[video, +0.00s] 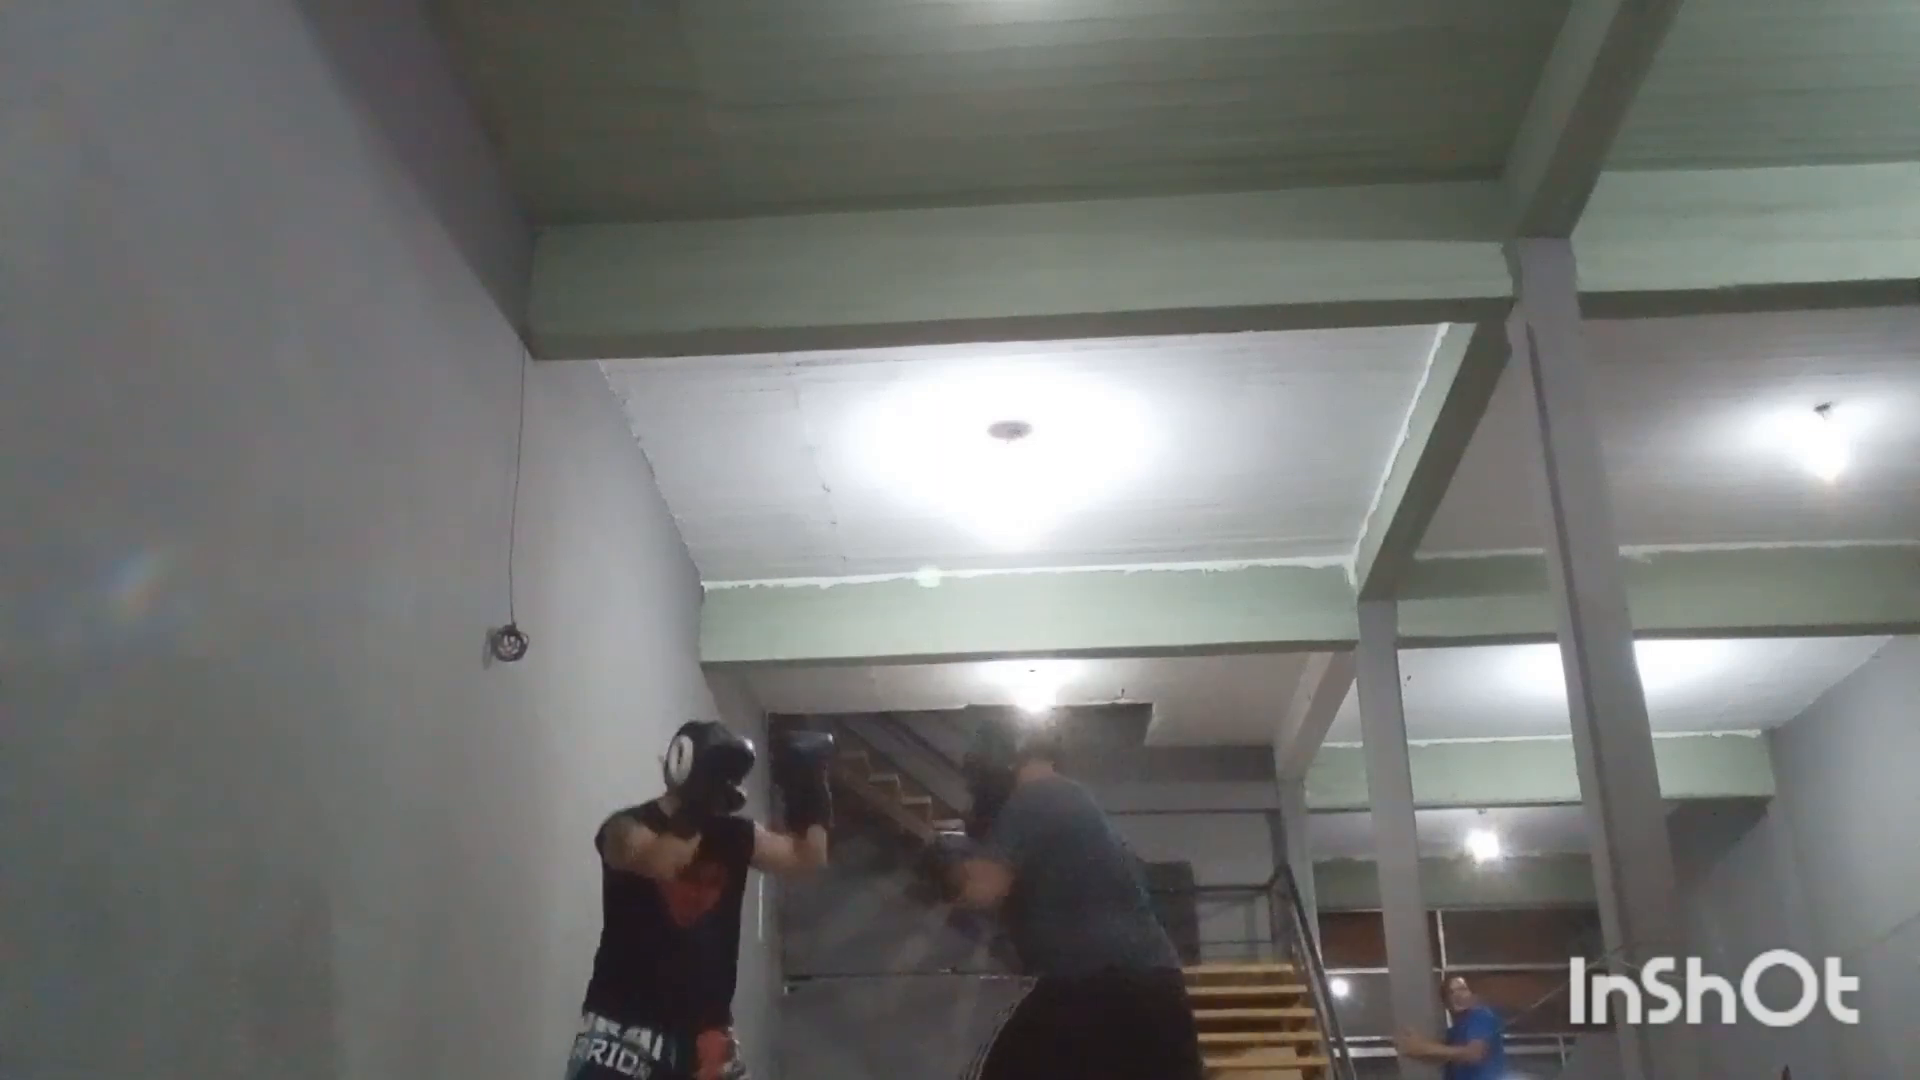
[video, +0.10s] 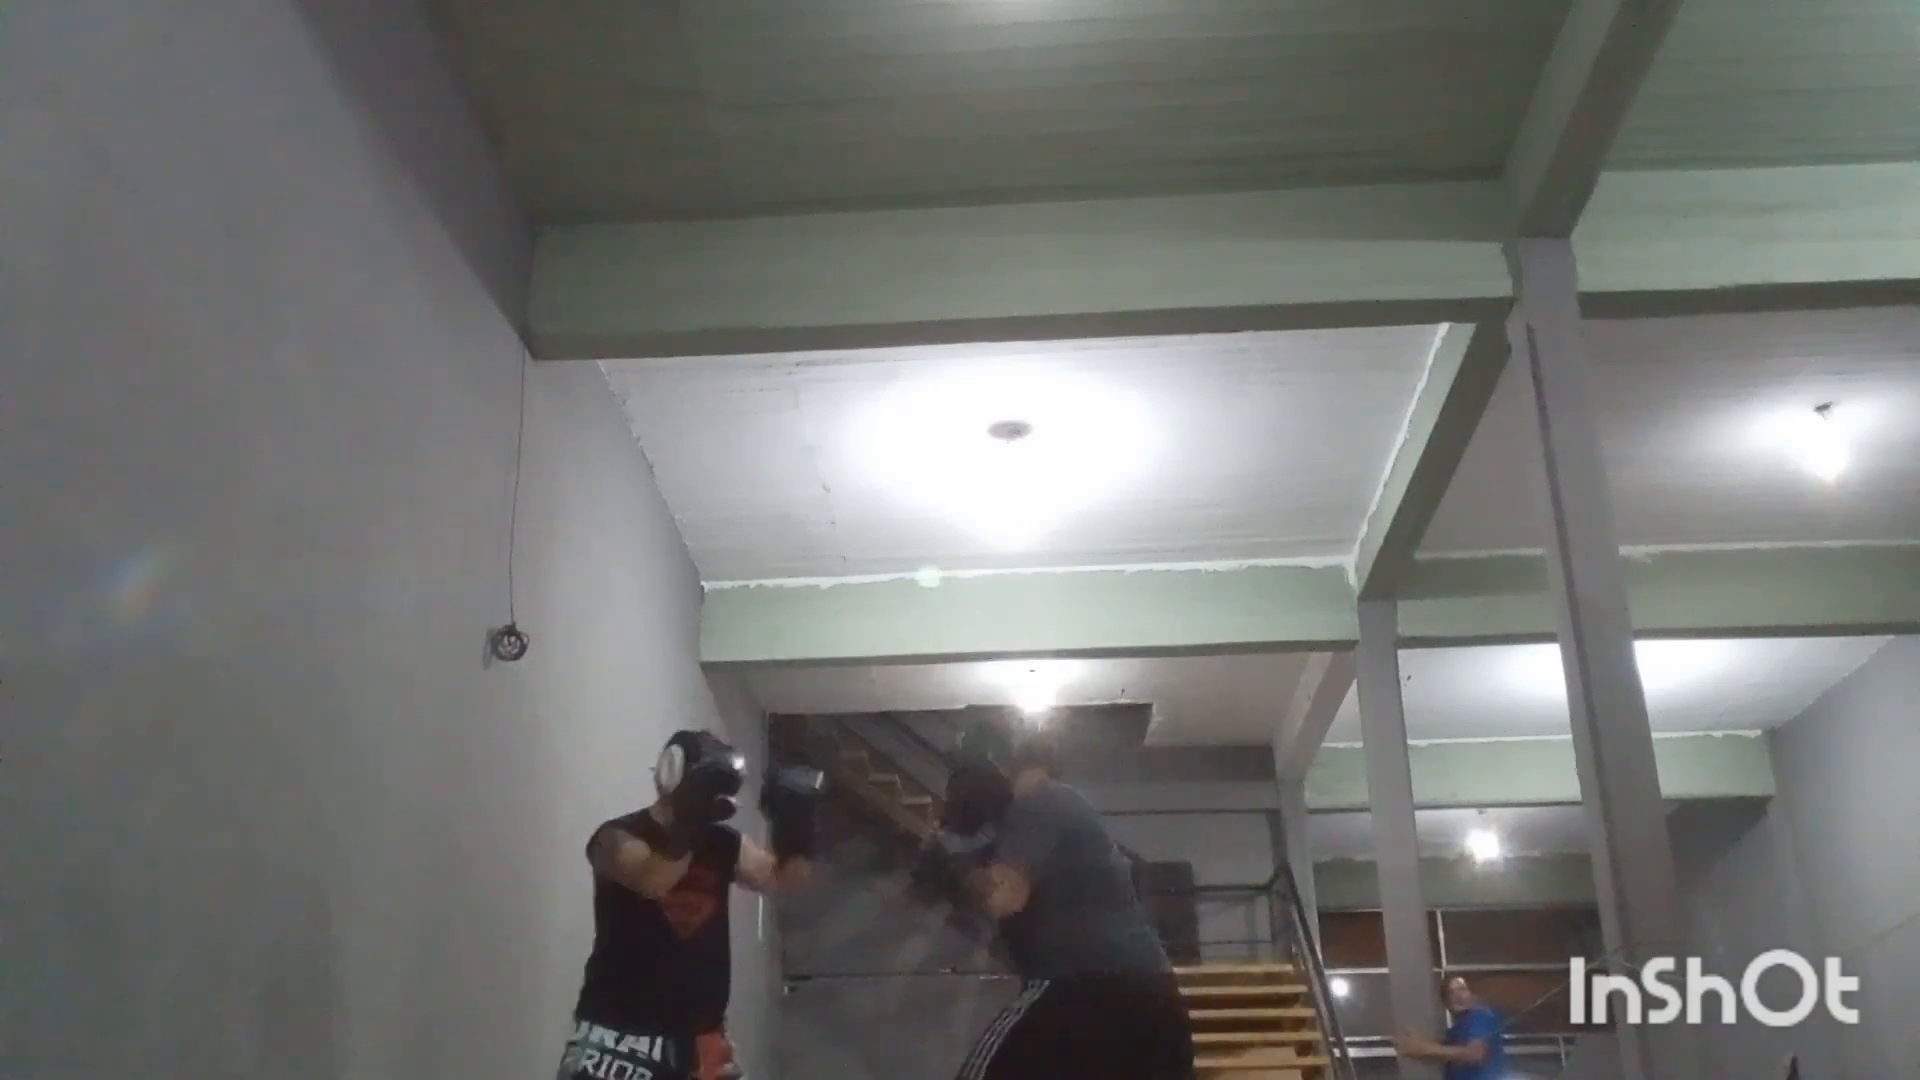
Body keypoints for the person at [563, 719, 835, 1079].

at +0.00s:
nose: (725, 786)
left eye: (728, 776)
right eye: (716, 774)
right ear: (690, 767)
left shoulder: (733, 835)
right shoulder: (623, 828)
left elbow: (808, 858)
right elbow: (660, 864)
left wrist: (810, 780)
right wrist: (698, 798)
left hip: (704, 1035)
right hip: (622, 1031)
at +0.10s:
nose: (714, 789)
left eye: (721, 777)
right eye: (705, 775)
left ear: (727, 784)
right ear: (672, 771)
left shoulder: (723, 843)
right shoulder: (614, 838)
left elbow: (787, 882)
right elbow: (653, 881)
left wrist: (794, 818)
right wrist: (691, 814)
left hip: (698, 1040)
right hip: (616, 1040)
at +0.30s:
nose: (665, 808)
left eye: (673, 799)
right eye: (656, 796)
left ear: (676, 808)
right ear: (622, 790)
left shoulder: (667, 862)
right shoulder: (567, 854)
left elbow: (694, 934)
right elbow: (590, 893)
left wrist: (732, 905)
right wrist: (632, 832)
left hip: (655, 1054)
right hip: (577, 1053)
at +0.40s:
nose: (657, 804)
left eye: (665, 795)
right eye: (649, 790)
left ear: (669, 800)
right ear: (612, 782)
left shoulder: (659, 856)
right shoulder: (559, 848)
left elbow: (668, 931)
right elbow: (577, 895)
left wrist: (715, 905)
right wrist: (627, 826)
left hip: (646, 1049)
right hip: (572, 1044)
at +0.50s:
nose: (651, 788)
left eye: (660, 779)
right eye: (642, 774)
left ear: (667, 778)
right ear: (609, 763)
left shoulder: (660, 832)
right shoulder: (558, 828)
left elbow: (668, 909)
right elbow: (564, 894)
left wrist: (714, 878)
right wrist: (618, 832)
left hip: (650, 1011)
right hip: (575, 1011)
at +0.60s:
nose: (651, 786)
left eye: (661, 778)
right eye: (642, 771)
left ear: (668, 784)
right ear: (612, 767)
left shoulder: (660, 836)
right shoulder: (558, 831)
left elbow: (685, 910)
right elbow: (569, 897)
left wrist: (721, 871)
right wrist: (619, 834)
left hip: (650, 1014)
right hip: (576, 1011)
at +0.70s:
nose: (649, 810)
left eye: (660, 801)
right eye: (639, 798)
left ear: (666, 809)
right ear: (611, 798)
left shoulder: (664, 867)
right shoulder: (565, 861)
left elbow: (718, 921)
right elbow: (578, 906)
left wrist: (737, 860)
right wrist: (625, 838)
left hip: (651, 1045)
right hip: (578, 1040)